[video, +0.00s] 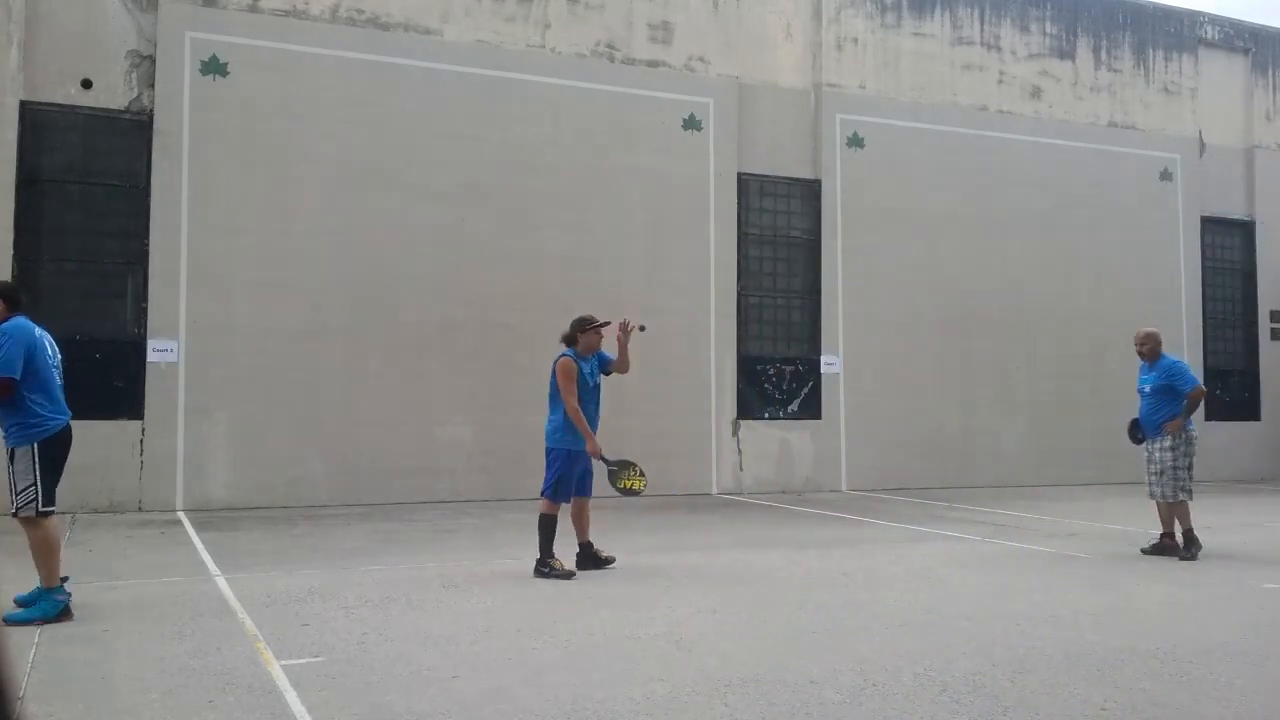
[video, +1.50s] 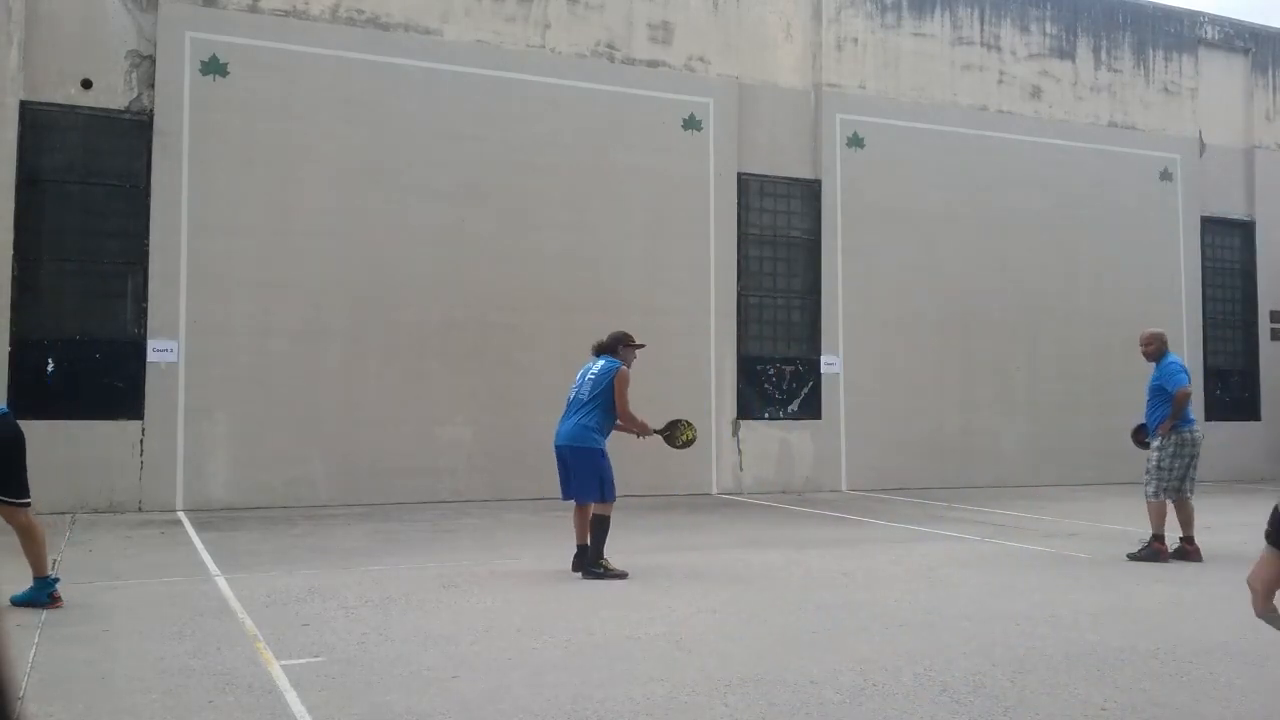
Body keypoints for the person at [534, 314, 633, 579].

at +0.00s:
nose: (601, 338)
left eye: (601, 334)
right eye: (597, 333)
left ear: (589, 337)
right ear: (581, 336)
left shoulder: (595, 358)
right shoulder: (567, 362)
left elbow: (621, 368)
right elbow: (571, 405)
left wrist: (623, 343)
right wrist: (590, 439)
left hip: (582, 442)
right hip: (562, 442)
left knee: (581, 497)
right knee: (553, 498)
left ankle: (585, 552)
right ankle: (545, 559)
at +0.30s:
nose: (597, 337)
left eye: (596, 333)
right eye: (593, 333)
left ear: (579, 336)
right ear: (580, 336)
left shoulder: (570, 360)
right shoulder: (572, 361)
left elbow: (576, 400)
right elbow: (568, 405)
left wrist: (601, 411)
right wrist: (586, 441)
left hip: (567, 441)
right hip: (558, 441)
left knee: (564, 498)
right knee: (552, 499)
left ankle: (563, 552)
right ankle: (544, 560)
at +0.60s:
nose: (601, 341)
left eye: (600, 336)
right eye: (598, 337)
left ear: (580, 339)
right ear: (586, 338)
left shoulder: (560, 362)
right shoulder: (584, 361)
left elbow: (564, 409)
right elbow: (585, 403)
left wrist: (591, 434)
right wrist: (602, 431)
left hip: (549, 439)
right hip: (569, 440)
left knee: (560, 497)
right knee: (584, 496)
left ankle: (564, 552)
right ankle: (559, 556)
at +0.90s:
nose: (613, 347)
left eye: (613, 342)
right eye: (611, 342)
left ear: (591, 342)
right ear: (600, 342)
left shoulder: (570, 361)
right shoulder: (597, 363)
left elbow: (577, 408)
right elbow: (600, 406)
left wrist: (600, 432)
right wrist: (613, 437)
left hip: (554, 440)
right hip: (576, 441)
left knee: (566, 496)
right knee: (592, 496)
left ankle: (564, 555)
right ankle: (594, 560)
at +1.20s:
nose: (626, 363)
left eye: (628, 359)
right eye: (627, 358)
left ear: (604, 349)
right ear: (618, 352)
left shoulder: (582, 364)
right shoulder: (613, 368)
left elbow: (594, 415)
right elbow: (613, 414)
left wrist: (624, 427)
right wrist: (629, 433)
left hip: (562, 441)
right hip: (585, 442)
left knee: (578, 496)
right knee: (601, 498)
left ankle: (572, 550)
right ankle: (594, 561)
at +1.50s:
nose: (635, 357)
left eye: (635, 352)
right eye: (632, 351)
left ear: (612, 351)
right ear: (620, 350)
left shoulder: (589, 368)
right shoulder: (619, 370)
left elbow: (597, 419)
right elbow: (623, 414)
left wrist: (631, 429)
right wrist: (643, 427)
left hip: (564, 441)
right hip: (587, 442)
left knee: (582, 499)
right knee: (605, 498)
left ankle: (581, 555)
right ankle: (595, 561)